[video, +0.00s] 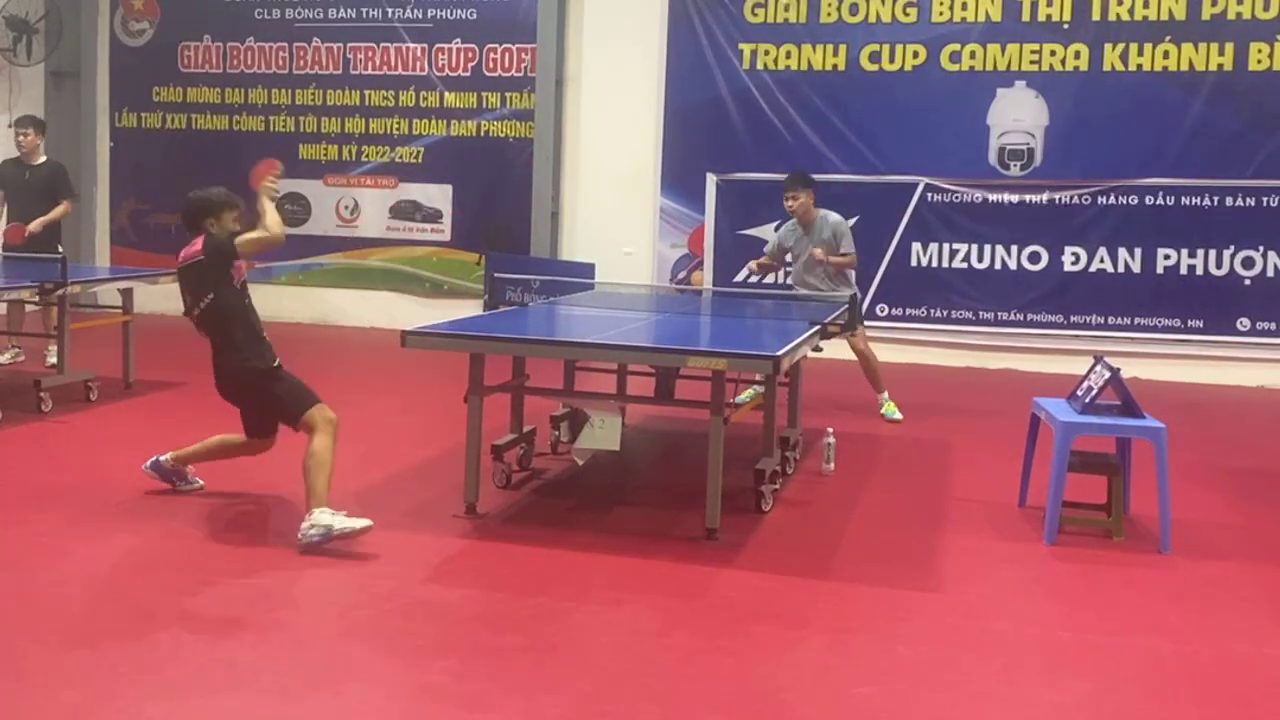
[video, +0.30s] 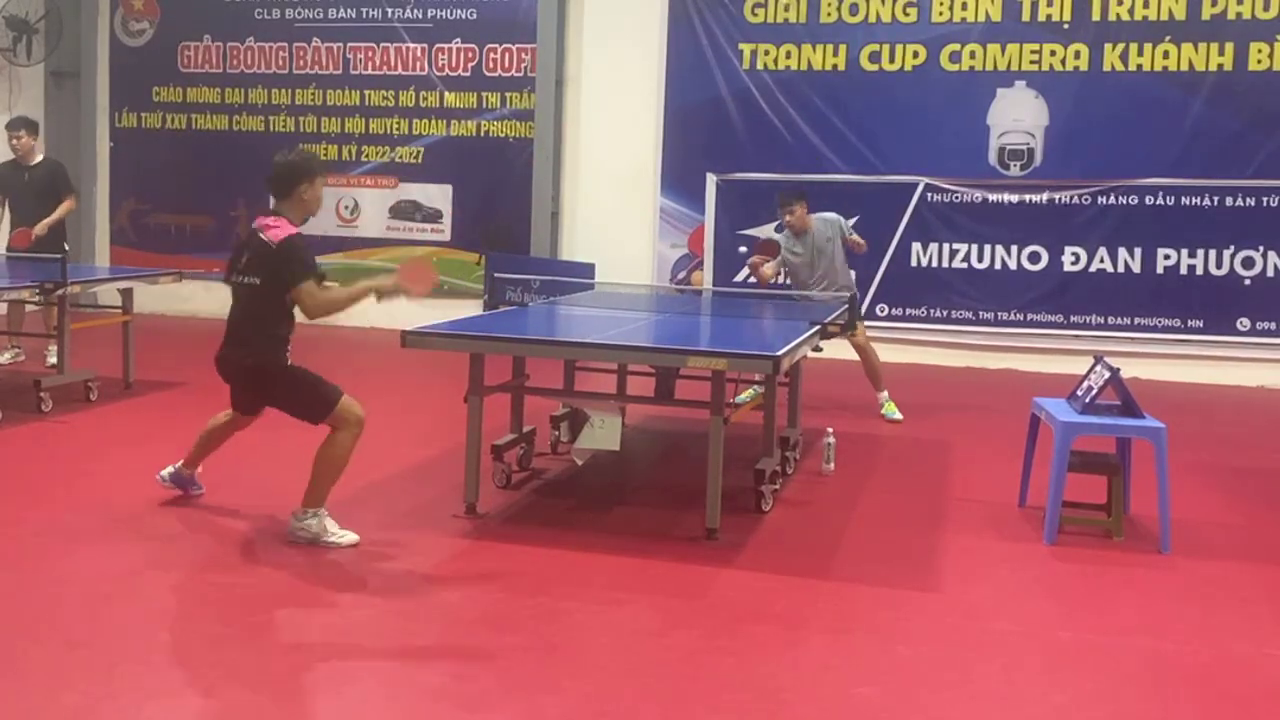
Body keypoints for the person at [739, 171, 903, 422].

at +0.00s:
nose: (789, 205)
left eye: (795, 198)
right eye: (786, 199)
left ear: (811, 197)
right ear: (784, 201)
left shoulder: (835, 223)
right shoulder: (787, 231)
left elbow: (851, 261)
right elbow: (773, 261)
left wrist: (827, 259)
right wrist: (760, 265)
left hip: (840, 300)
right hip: (802, 300)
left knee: (860, 346)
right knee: (772, 335)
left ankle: (884, 399)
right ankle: (761, 386)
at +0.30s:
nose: (786, 220)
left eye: (791, 213)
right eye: (783, 215)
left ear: (805, 209)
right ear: (780, 215)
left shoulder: (832, 222)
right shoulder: (782, 242)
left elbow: (860, 248)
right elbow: (766, 278)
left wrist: (858, 245)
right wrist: (755, 268)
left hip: (842, 299)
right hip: (805, 304)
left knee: (860, 342)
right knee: (780, 339)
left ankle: (884, 399)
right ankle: (763, 387)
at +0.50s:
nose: (787, 189)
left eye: (792, 183)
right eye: (783, 184)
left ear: (804, 183)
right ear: (779, 187)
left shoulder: (825, 206)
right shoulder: (775, 215)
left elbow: (845, 232)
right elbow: (760, 254)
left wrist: (852, 233)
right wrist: (753, 248)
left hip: (824, 290)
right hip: (786, 290)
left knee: (845, 337)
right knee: (770, 336)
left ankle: (859, 392)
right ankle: (763, 386)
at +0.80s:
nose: (786, 187)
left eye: (792, 181)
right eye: (782, 183)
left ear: (803, 182)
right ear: (777, 185)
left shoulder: (824, 210)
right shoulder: (771, 215)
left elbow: (837, 244)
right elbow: (757, 247)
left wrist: (830, 247)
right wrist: (748, 249)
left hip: (817, 286)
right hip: (779, 284)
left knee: (830, 334)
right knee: (744, 321)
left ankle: (838, 387)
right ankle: (727, 380)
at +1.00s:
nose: (768, 212)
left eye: (772, 207)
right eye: (764, 208)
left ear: (786, 206)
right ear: (761, 209)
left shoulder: (808, 227)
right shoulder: (759, 234)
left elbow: (824, 256)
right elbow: (742, 260)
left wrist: (827, 266)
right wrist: (732, 262)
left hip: (806, 295)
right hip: (770, 295)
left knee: (828, 334)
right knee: (736, 326)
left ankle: (838, 388)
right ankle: (722, 380)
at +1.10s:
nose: (744, 217)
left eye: (749, 211)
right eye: (742, 213)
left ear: (765, 211)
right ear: (742, 217)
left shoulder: (793, 229)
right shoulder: (745, 245)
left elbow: (822, 248)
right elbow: (718, 273)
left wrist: (841, 263)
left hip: (808, 299)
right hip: (773, 302)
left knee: (828, 335)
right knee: (739, 330)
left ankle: (839, 388)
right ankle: (726, 381)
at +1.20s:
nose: (726, 210)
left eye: (731, 204)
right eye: (724, 207)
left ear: (747, 205)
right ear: (725, 212)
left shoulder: (773, 219)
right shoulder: (727, 242)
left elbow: (802, 222)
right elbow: (704, 263)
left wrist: (831, 221)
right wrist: (681, 279)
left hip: (797, 292)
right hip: (760, 296)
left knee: (824, 334)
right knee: (731, 331)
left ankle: (843, 386)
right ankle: (720, 380)